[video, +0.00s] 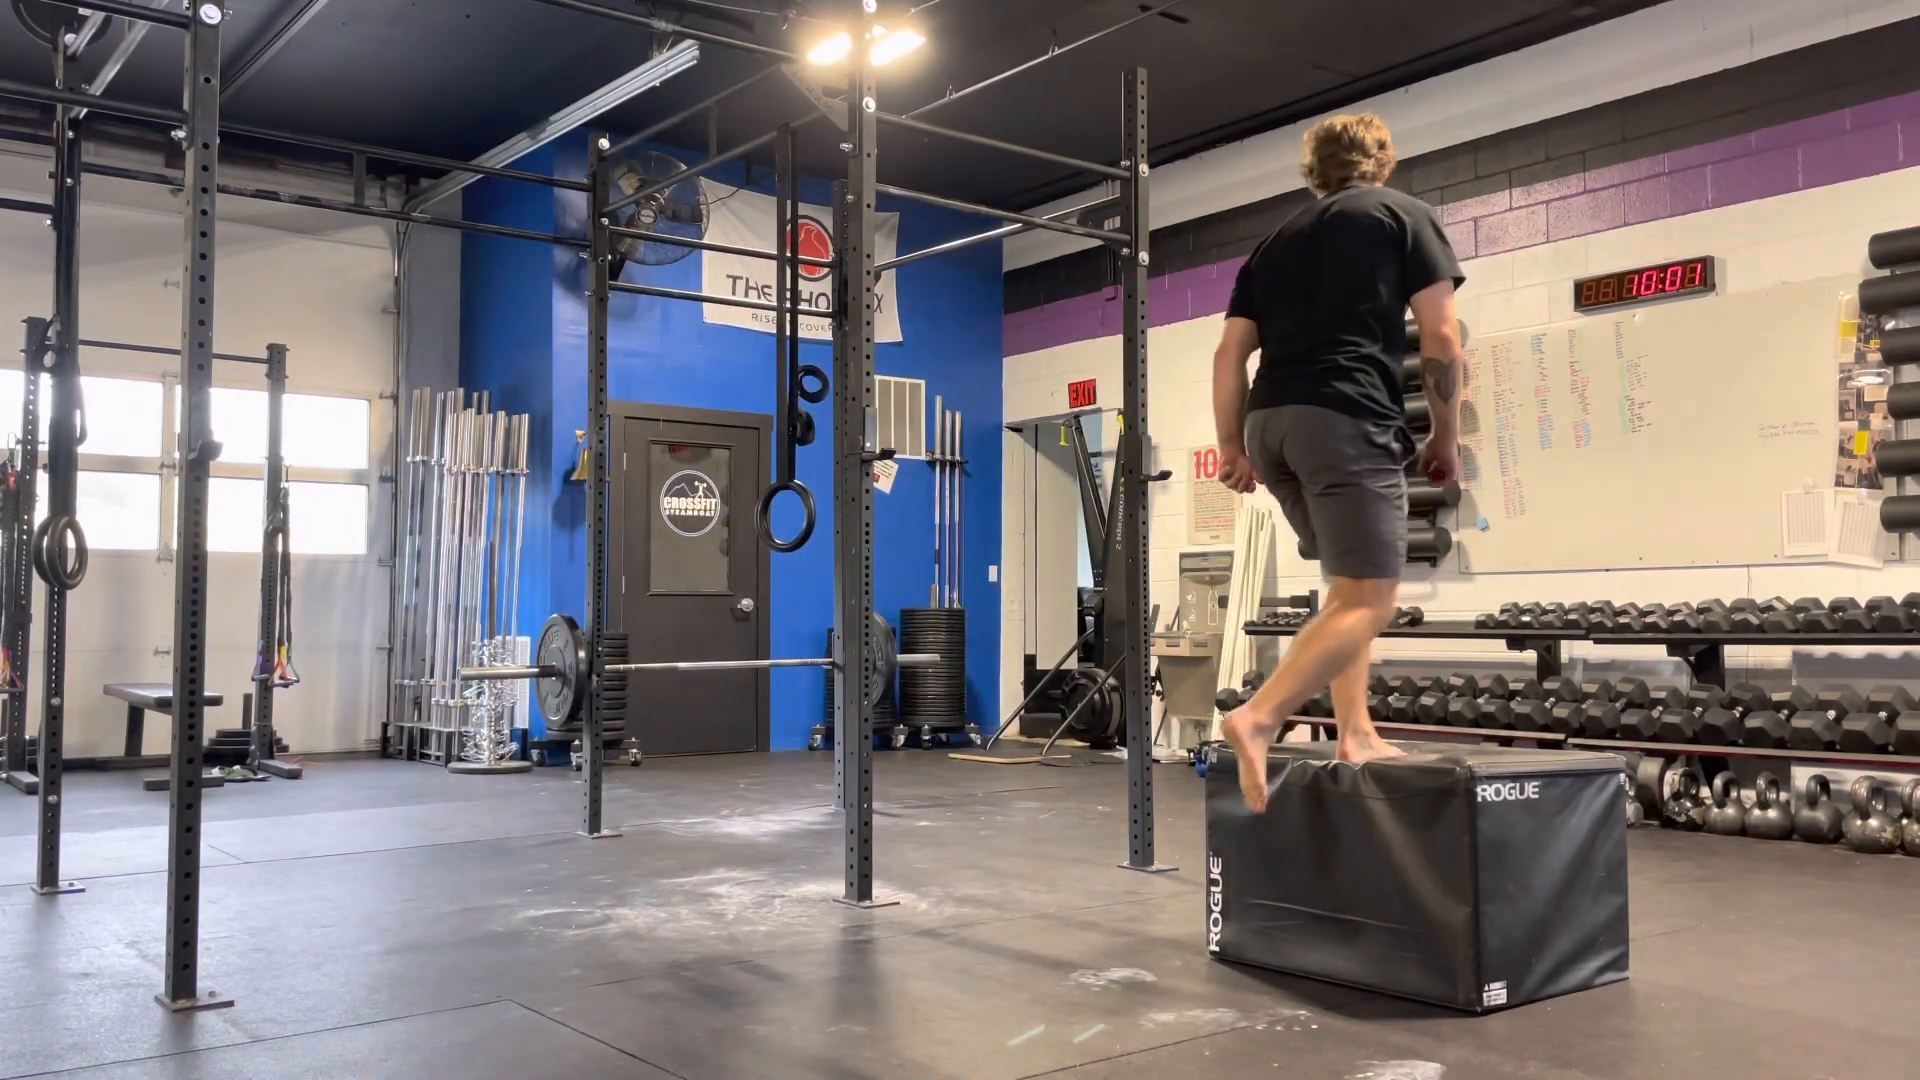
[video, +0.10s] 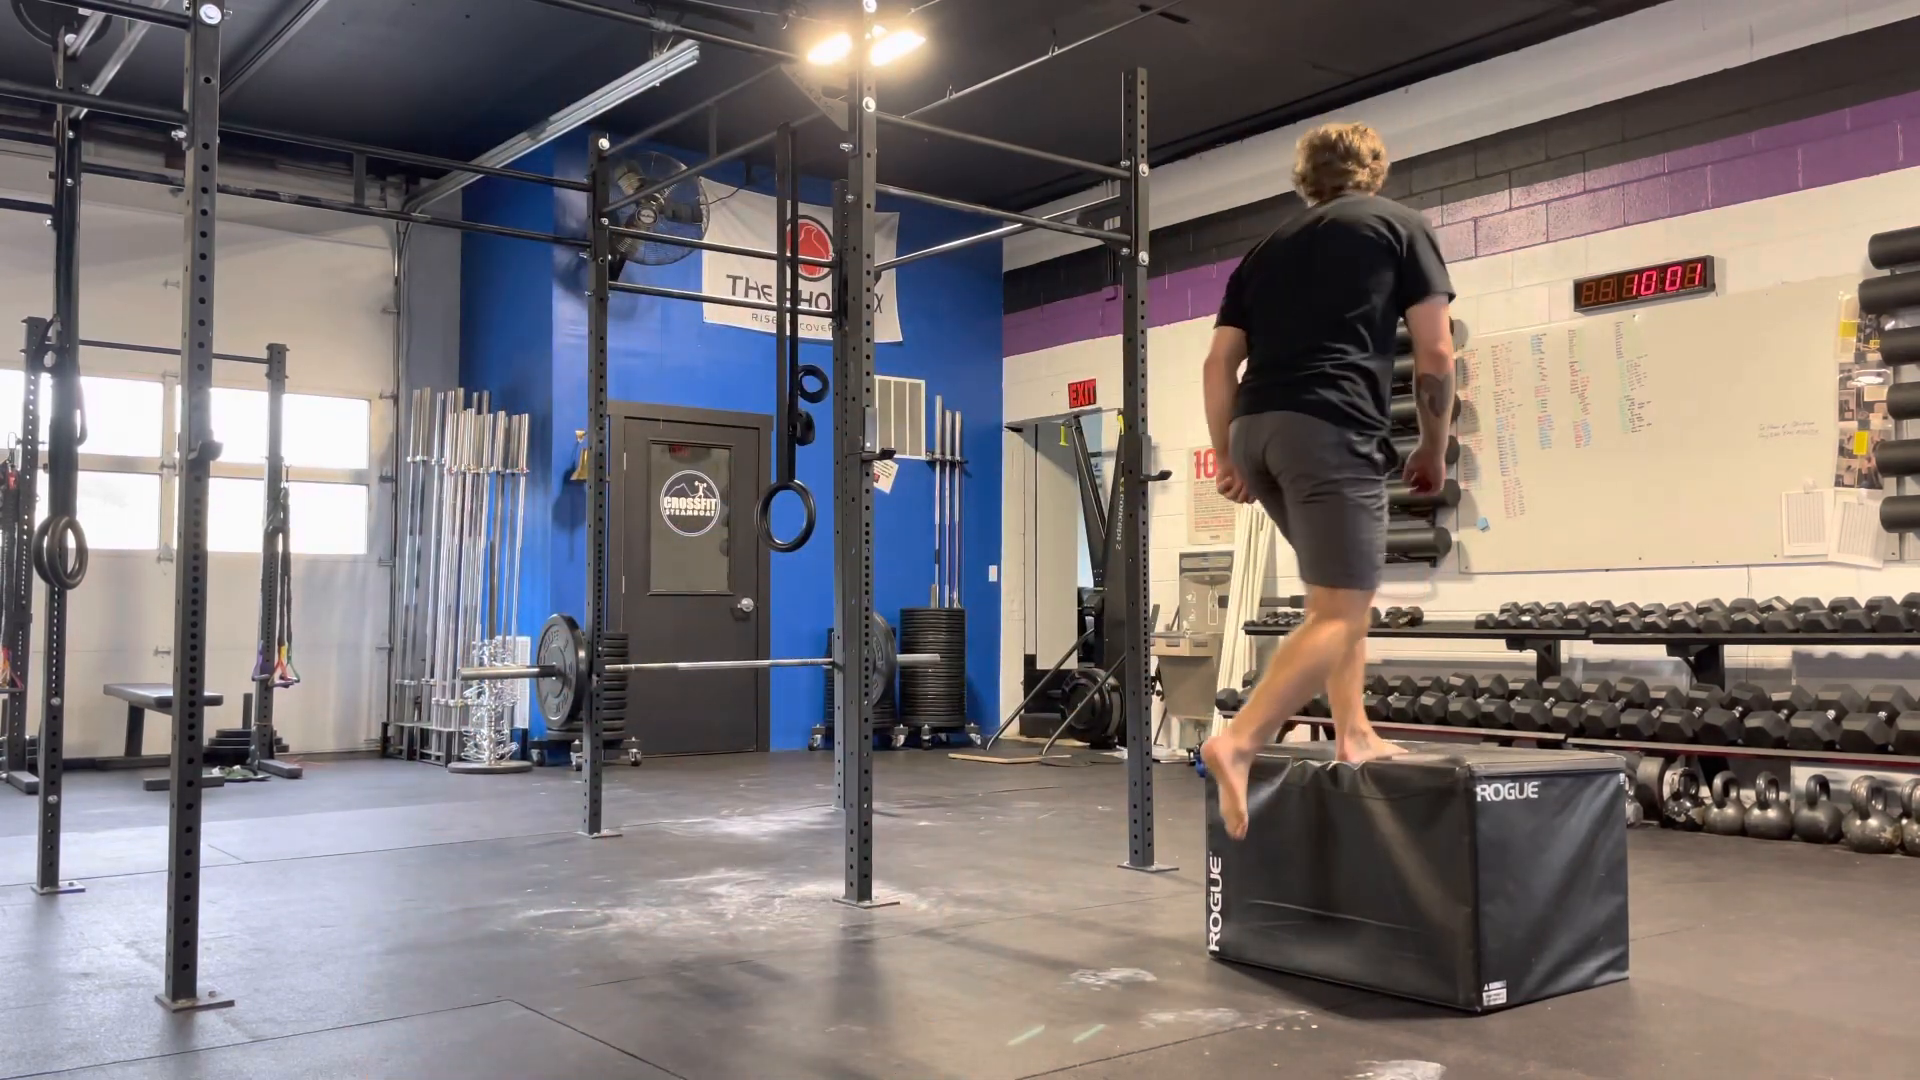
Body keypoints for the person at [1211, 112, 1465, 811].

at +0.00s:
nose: (1394, 173)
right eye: (1391, 164)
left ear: (1313, 173)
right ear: (1384, 167)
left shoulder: (1276, 240)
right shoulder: (1405, 215)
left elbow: (1231, 350)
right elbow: (1441, 339)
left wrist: (1231, 442)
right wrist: (1445, 438)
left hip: (1266, 419)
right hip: (1343, 415)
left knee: (1345, 581)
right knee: (1369, 597)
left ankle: (1356, 738)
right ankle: (1254, 719)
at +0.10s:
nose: (1383, 182)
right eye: (1381, 173)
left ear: (1305, 183)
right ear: (1376, 177)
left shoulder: (1267, 249)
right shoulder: (1401, 226)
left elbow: (1221, 359)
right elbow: (1434, 356)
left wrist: (1223, 451)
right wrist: (1433, 448)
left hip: (1252, 425)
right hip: (1329, 421)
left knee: (1342, 587)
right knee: (1335, 615)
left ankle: (1353, 734)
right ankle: (1235, 742)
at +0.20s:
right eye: (1368, 188)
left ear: (1292, 199)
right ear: (1366, 192)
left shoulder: (1254, 262)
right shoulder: (1394, 244)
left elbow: (1207, 375)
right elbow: (1426, 377)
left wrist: (1221, 469)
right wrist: (1419, 465)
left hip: (1229, 440)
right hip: (1309, 436)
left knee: (1334, 584)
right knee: (1306, 637)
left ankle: (1353, 734)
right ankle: (1223, 785)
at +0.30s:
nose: (1361, 219)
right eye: (1358, 209)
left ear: (1278, 219)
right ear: (1352, 214)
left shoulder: (1240, 279)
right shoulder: (1378, 264)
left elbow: (1184, 397)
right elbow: (1418, 402)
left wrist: (1217, 472)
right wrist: (1405, 489)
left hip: (1207, 464)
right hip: (1286, 465)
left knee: (1322, 550)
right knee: (1279, 668)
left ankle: (1349, 730)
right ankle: (1209, 837)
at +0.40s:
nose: (1339, 247)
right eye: (1336, 237)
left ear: (1253, 248)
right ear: (1330, 243)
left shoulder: (1214, 311)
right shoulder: (1356, 299)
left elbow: (1150, 424)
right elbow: (1405, 435)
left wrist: (1185, 478)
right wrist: (1392, 512)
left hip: (1183, 507)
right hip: (1265, 516)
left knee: (1309, 558)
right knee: (1246, 720)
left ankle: (1347, 728)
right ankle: (1194, 904)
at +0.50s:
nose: (1307, 282)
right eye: (1303, 272)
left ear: (1219, 281)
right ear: (1296, 279)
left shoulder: (1176, 354)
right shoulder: (1321, 347)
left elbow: (1112, 464)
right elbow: (1387, 482)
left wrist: (1156, 531)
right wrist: (1375, 548)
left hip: (1150, 570)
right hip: (1234, 584)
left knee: (1292, 577)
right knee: (1229, 791)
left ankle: (1348, 729)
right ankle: (1161, 979)